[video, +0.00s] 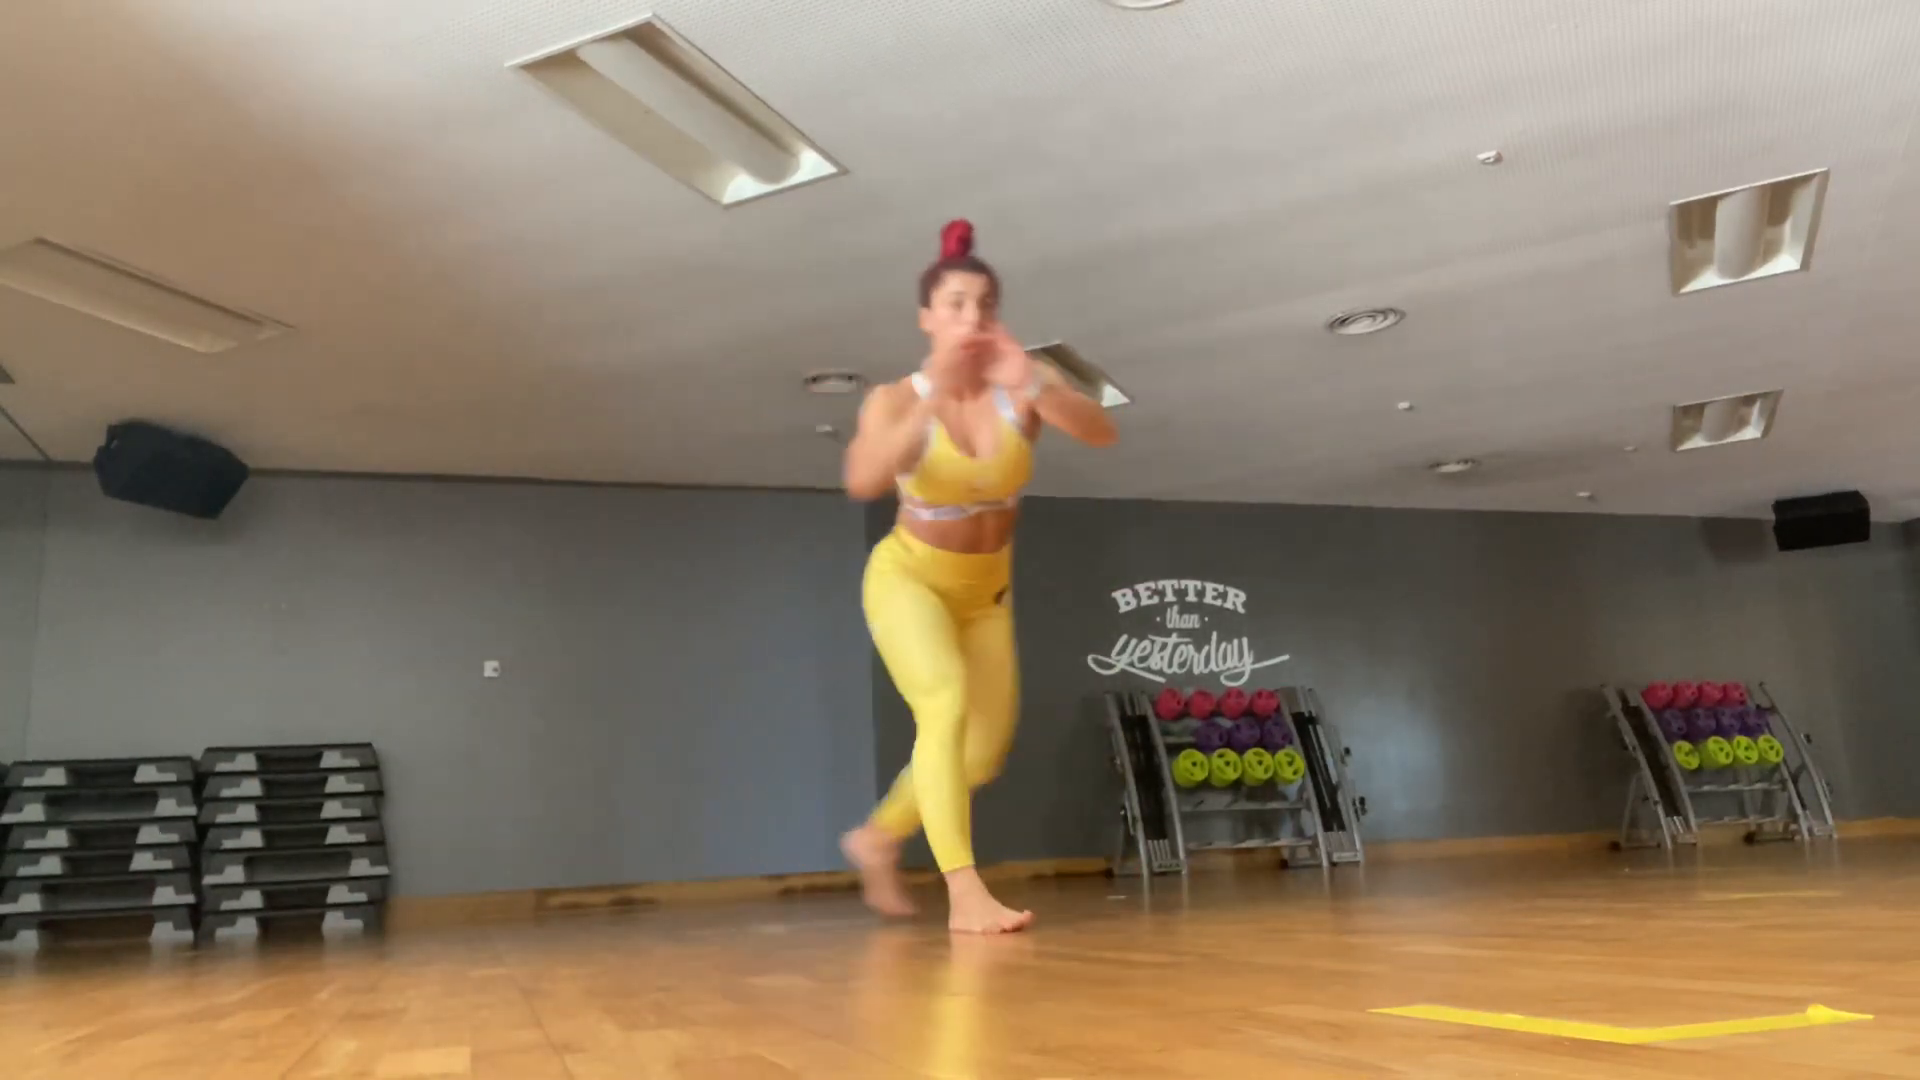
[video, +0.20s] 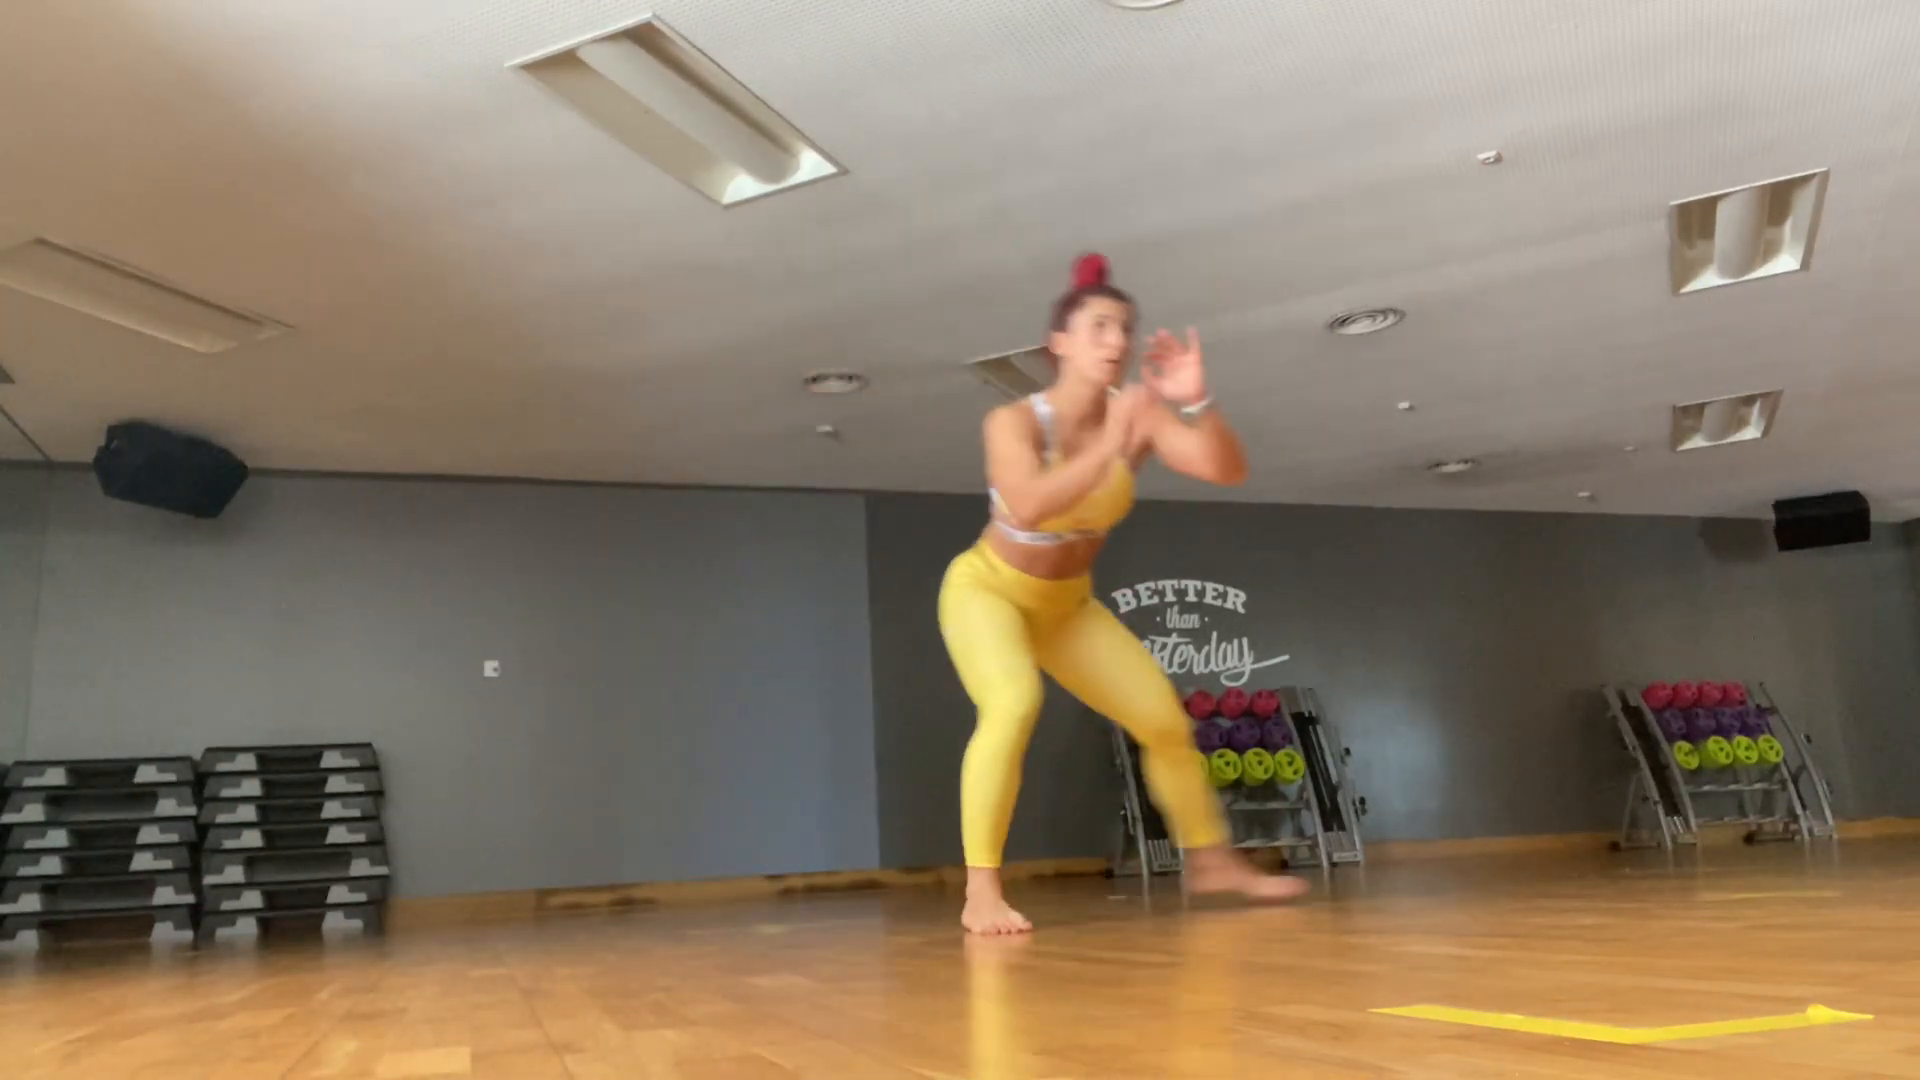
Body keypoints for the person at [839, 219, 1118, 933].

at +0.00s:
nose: (973, 318)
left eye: (986, 305)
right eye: (958, 304)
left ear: (997, 318)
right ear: (926, 316)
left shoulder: (1018, 389)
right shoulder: (897, 400)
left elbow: (1102, 433)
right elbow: (861, 483)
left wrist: (1035, 385)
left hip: (987, 592)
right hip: (910, 579)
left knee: (983, 752)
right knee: (943, 704)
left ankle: (874, 840)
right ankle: (965, 895)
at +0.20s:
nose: (1114, 341)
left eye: (1124, 329)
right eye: (1098, 325)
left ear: (1131, 344)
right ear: (1058, 341)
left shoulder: (1134, 413)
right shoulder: (1015, 423)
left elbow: (1227, 469)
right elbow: (1027, 505)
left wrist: (1196, 405)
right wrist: (1110, 443)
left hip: (1069, 607)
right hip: (987, 591)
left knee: (1162, 718)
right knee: (1011, 701)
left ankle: (1211, 864)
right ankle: (981, 894)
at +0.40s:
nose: (1291, 371)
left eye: (1297, 360)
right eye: (1273, 357)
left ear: (1304, 376)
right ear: (1233, 374)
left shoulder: (1298, 458)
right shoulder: (1179, 445)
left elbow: (1396, 478)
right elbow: (1083, 516)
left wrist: (1403, 396)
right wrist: (1116, 518)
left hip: (1193, 620)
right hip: (1111, 601)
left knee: (1293, 713)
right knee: (1055, 727)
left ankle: (1344, 873)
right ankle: (998, 878)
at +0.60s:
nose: (1355, 376)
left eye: (1362, 365)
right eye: (1338, 363)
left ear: (1367, 383)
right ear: (1299, 379)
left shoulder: (1360, 472)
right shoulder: (1258, 439)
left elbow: (1425, 540)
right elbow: (1169, 467)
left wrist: (1509, 569)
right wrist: (1238, 435)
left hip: (1252, 605)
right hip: (1176, 587)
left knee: (1329, 707)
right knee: (1104, 730)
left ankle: (1346, 872)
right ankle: (1026, 874)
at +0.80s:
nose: (1342, 358)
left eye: (1346, 349)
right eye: (1326, 348)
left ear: (1349, 358)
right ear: (1287, 366)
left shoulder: (1339, 447)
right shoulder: (1258, 417)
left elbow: (1281, 520)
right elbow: (1327, 391)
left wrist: (1308, 566)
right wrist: (1386, 357)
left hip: (1271, 604)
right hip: (1198, 597)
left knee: (1331, 714)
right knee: (1172, 725)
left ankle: (1348, 870)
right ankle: (1160, 844)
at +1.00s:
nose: (1303, 405)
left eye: (1308, 394)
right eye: (1288, 394)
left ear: (1312, 403)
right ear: (1253, 408)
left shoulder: (1307, 477)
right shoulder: (1226, 457)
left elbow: (1288, 554)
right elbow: (1284, 439)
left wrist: (1309, 604)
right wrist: (1327, 413)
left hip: (1275, 637)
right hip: (1207, 641)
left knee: (1342, 709)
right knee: (1213, 769)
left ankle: (1382, 862)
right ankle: (1211, 861)